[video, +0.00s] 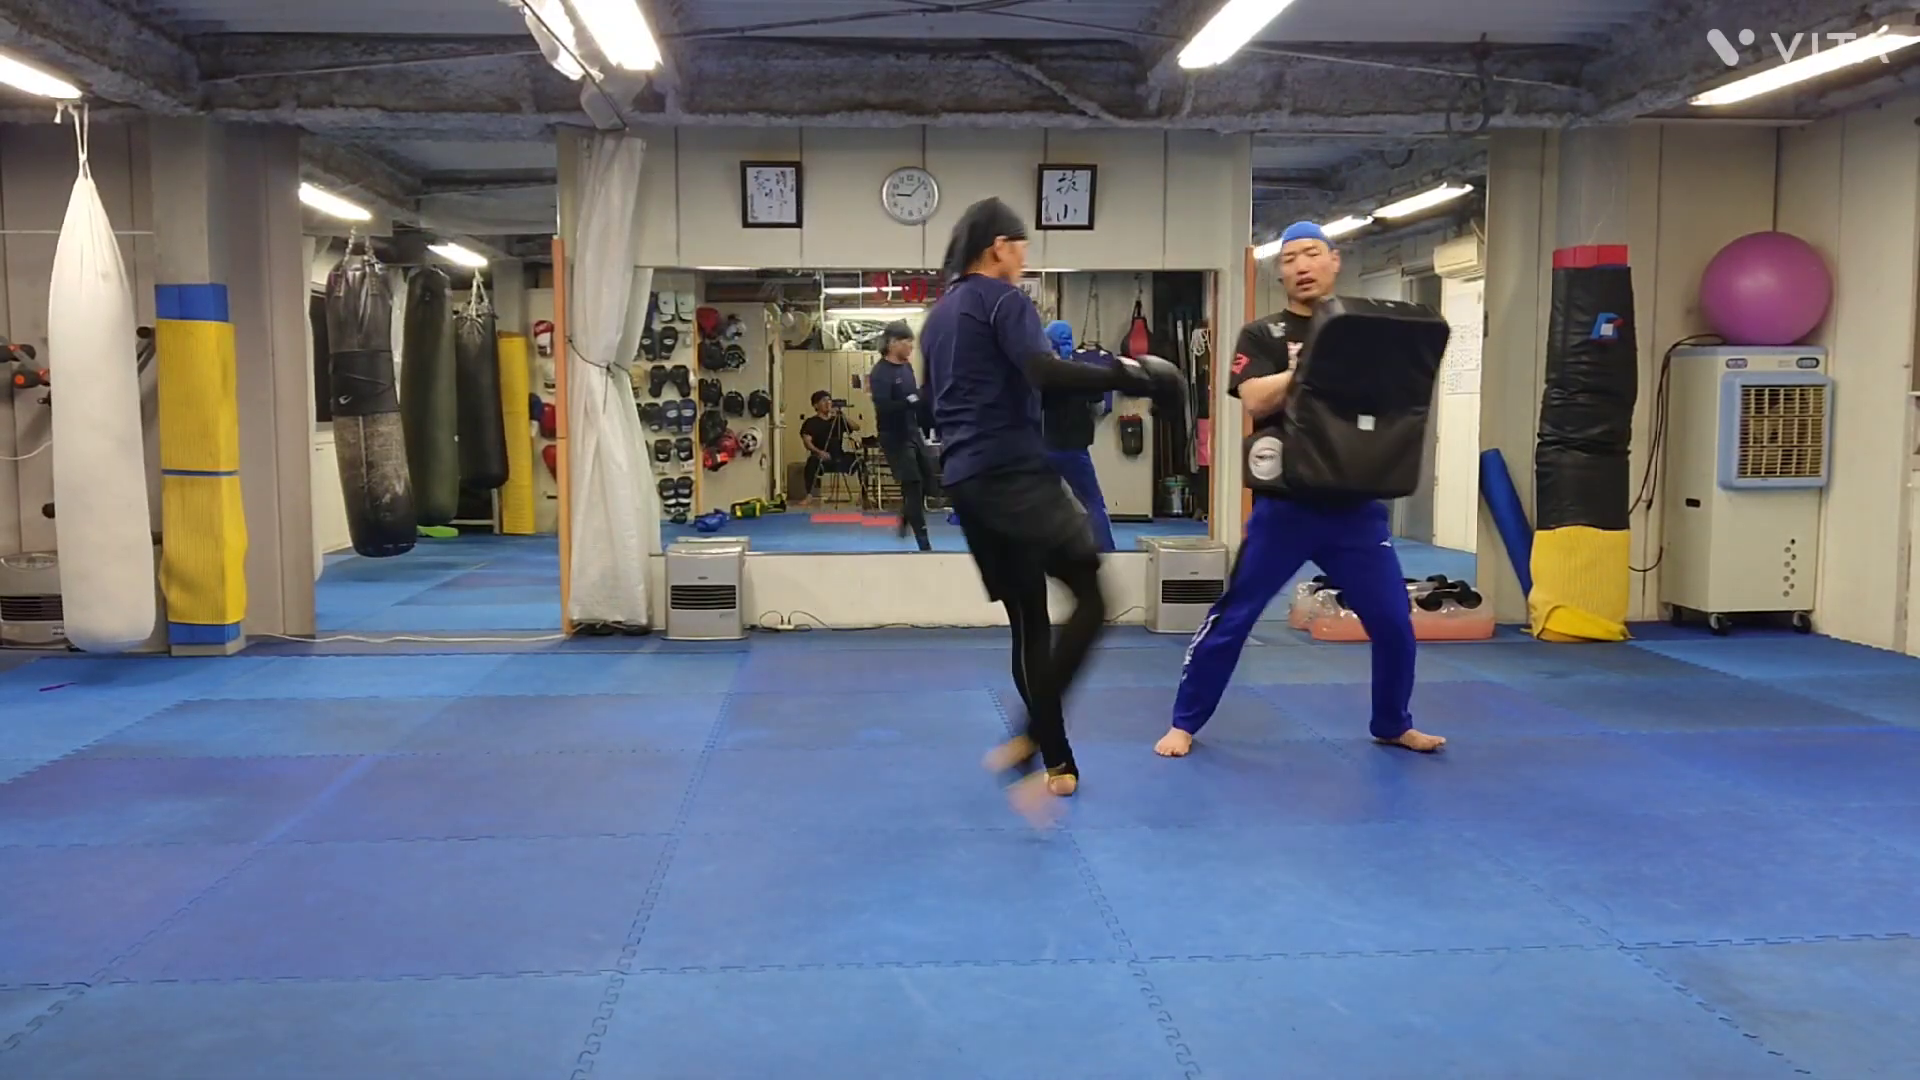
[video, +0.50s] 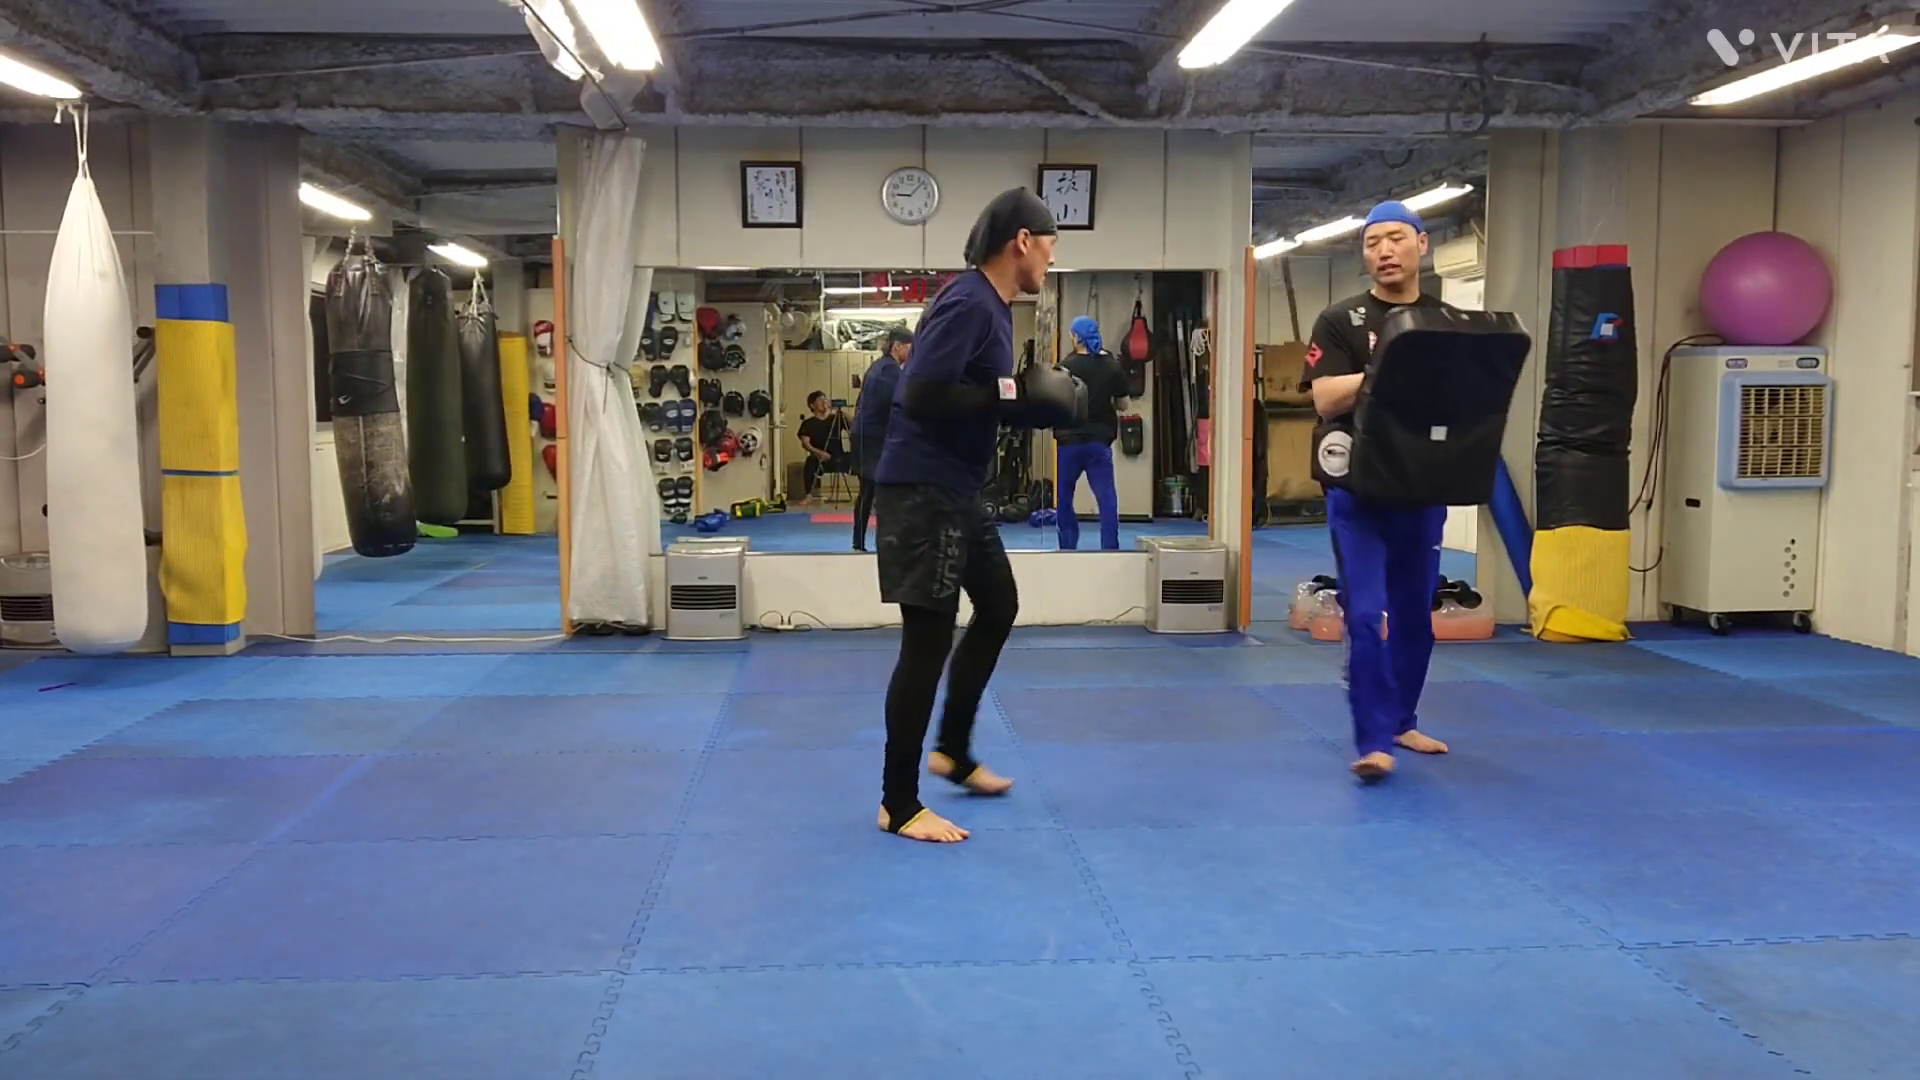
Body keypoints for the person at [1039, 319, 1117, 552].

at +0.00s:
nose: (1068, 345)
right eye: (1068, 341)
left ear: (1048, 342)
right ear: (1070, 341)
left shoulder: (1042, 367)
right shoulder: (1077, 367)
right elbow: (1096, 397)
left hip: (1045, 446)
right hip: (1074, 447)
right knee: (1092, 500)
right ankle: (1105, 547)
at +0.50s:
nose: (1070, 339)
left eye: (1072, 336)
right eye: (1071, 335)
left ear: (1076, 338)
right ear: (1095, 336)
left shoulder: (1065, 367)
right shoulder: (1111, 365)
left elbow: (1055, 401)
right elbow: (1123, 404)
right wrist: (1106, 396)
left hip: (1070, 442)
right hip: (1100, 441)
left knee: (1064, 495)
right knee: (1107, 496)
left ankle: (1067, 546)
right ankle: (1110, 548)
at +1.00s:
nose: (1043, 345)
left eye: (1043, 339)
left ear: (1044, 342)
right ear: (1067, 337)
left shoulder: (1039, 367)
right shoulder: (1084, 364)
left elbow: (1031, 402)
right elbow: (1098, 396)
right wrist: (1078, 400)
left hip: (1049, 438)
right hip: (1078, 436)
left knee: (1059, 492)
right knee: (1081, 489)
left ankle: (1069, 543)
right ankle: (1088, 539)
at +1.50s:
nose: (1011, 340)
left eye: (1014, 336)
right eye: (1011, 336)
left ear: (1026, 339)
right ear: (1028, 339)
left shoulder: (1026, 365)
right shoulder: (1043, 363)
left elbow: (1011, 401)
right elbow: (1046, 402)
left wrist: (998, 390)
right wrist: (1013, 395)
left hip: (1024, 438)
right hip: (1043, 436)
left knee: (1014, 488)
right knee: (1045, 486)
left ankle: (1013, 539)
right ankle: (1066, 536)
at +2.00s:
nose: (975, 345)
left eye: (980, 341)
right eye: (975, 341)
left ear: (994, 344)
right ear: (978, 344)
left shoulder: (1008, 372)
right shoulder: (972, 371)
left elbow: (1009, 402)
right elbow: (963, 398)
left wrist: (982, 395)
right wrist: (944, 386)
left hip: (1000, 436)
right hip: (975, 435)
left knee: (1002, 487)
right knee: (971, 484)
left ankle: (1009, 539)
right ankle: (967, 534)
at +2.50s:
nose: (976, 353)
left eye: (982, 348)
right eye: (974, 348)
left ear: (993, 351)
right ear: (971, 351)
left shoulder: (1005, 379)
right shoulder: (964, 377)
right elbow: (954, 407)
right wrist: (985, 406)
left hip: (997, 445)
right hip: (969, 444)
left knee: (1002, 492)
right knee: (951, 486)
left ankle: (1002, 533)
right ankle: (948, 532)